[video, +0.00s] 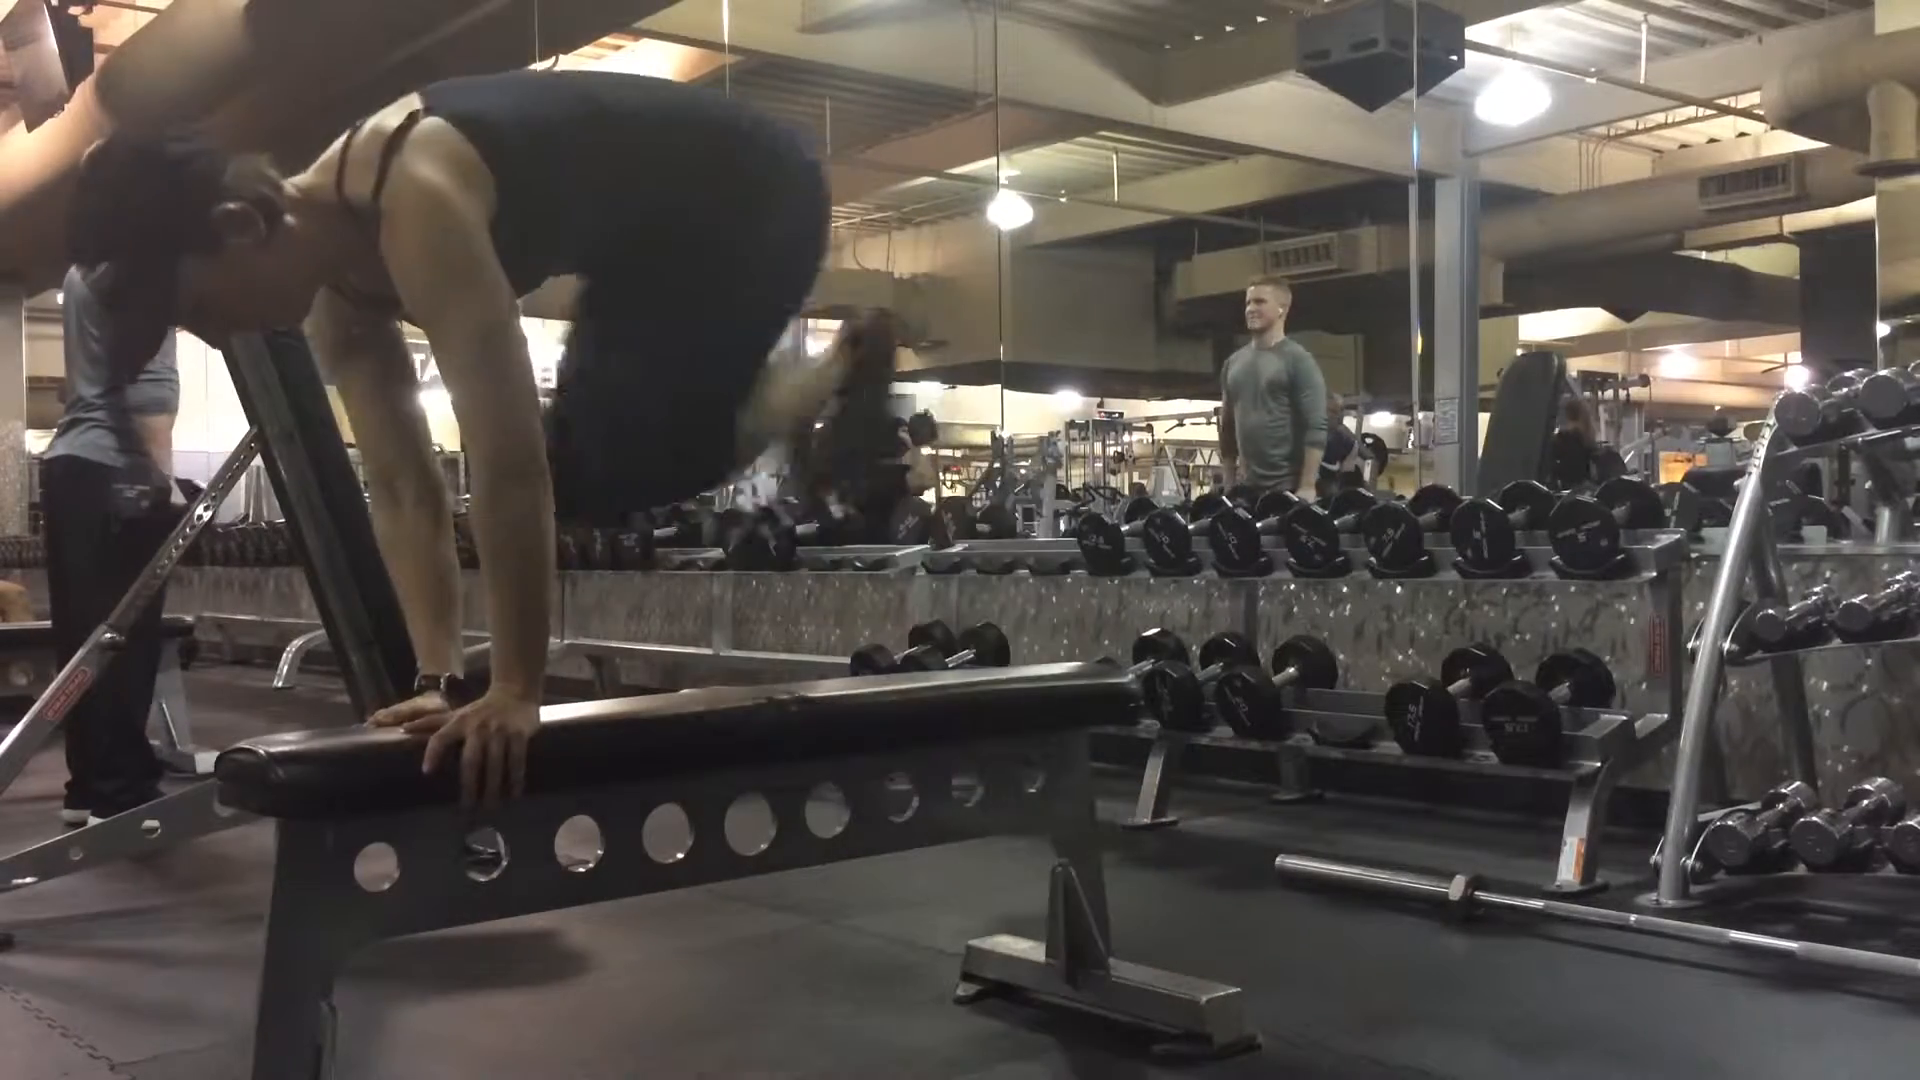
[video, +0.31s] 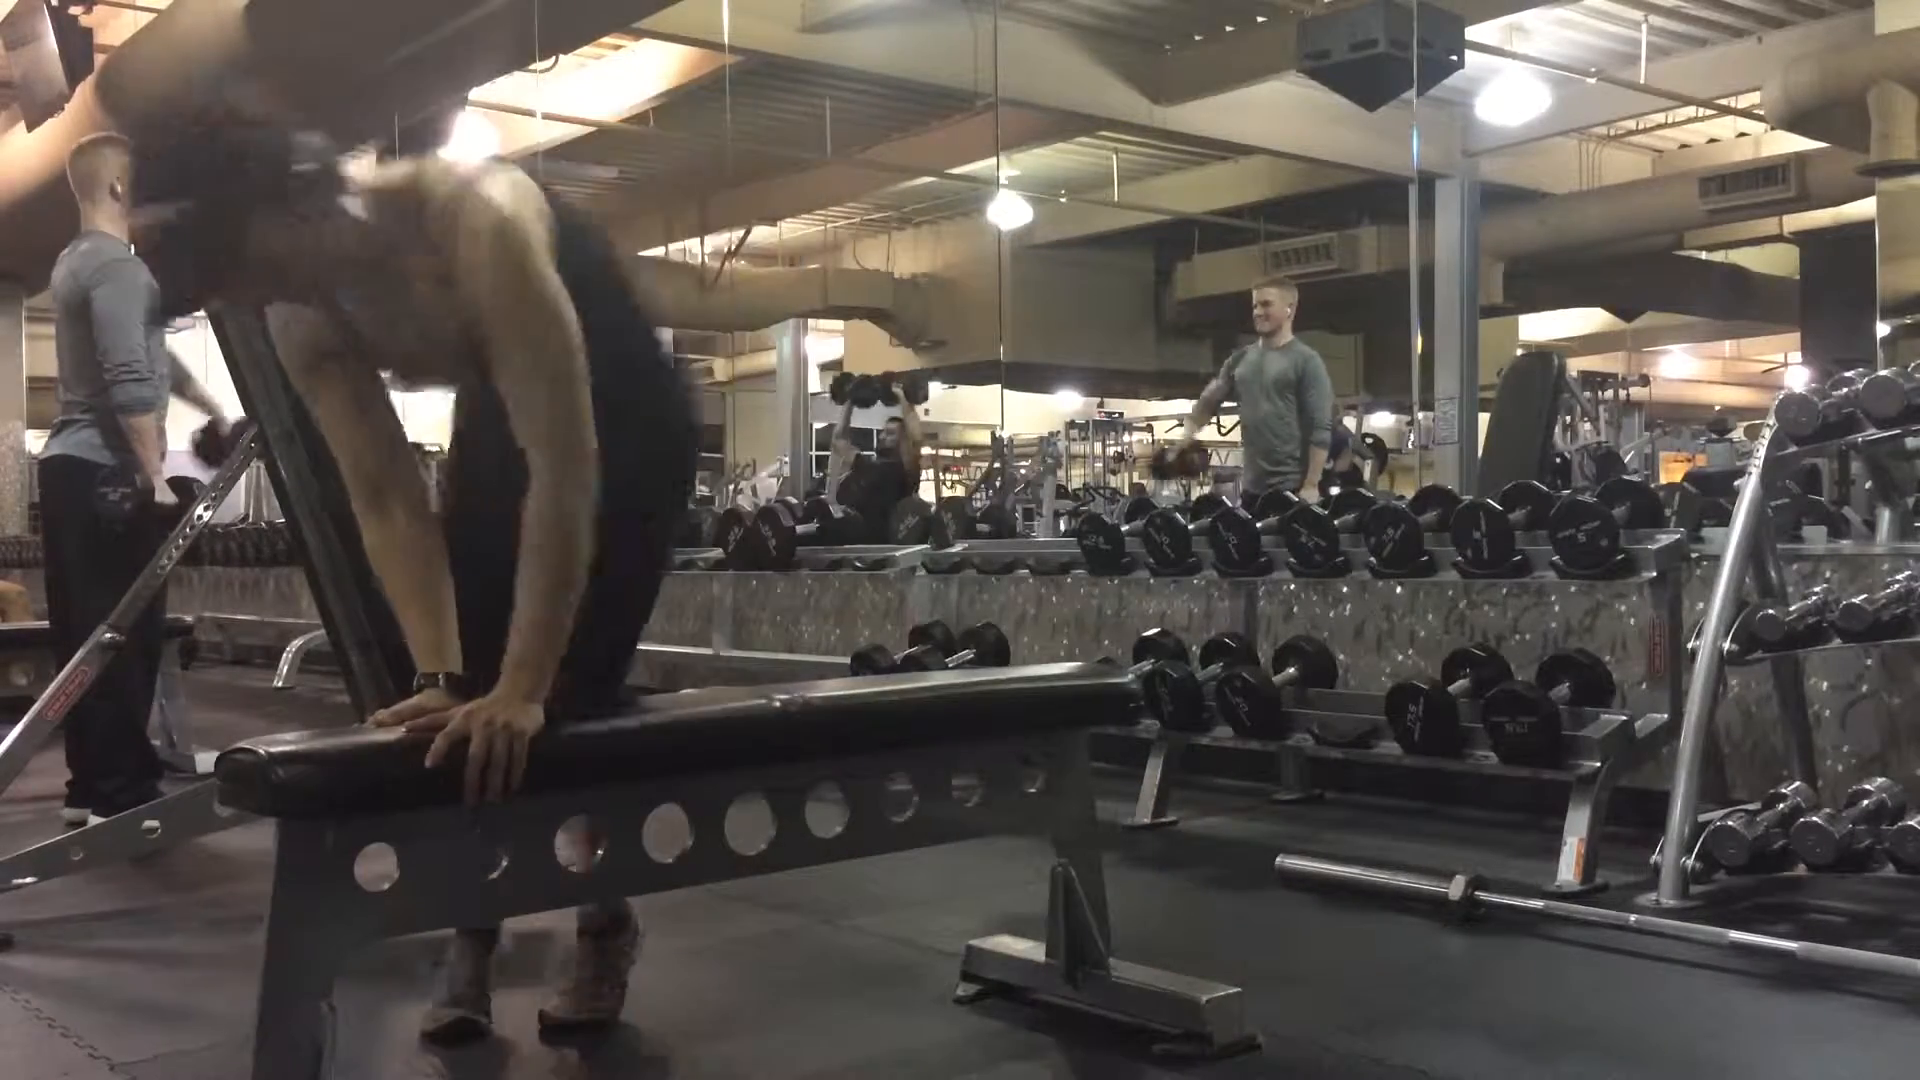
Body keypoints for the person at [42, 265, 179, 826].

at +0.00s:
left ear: (108, 216)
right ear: (148, 223)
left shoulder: (79, 270)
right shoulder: (135, 272)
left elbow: (79, 384)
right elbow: (148, 386)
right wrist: (163, 481)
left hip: (71, 462)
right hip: (116, 468)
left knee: (83, 629)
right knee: (127, 629)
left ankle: (89, 783)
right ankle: (117, 788)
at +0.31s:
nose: (143, 196)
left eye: (137, 184)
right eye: (137, 185)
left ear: (80, 189)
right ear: (120, 186)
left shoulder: (78, 261)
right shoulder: (115, 264)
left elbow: (151, 352)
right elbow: (128, 381)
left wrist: (210, 405)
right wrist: (156, 478)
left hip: (72, 466)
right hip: (107, 470)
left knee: (89, 630)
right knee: (126, 628)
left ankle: (94, 781)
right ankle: (120, 786)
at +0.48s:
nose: (146, 204)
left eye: (146, 191)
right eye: (141, 190)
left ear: (90, 191)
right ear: (111, 188)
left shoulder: (70, 262)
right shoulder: (113, 266)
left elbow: (167, 310)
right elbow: (128, 383)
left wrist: (228, 314)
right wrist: (155, 474)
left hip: (70, 469)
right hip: (107, 471)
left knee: (87, 630)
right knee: (123, 631)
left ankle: (93, 785)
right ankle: (121, 790)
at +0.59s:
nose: (150, 204)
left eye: (149, 192)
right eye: (144, 191)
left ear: (92, 194)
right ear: (115, 189)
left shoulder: (66, 261)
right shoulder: (118, 266)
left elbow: (179, 288)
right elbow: (132, 382)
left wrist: (247, 260)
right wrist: (158, 471)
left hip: (68, 470)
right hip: (109, 471)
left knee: (87, 630)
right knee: (126, 630)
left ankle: (92, 782)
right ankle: (119, 790)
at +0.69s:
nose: (155, 205)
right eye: (147, 190)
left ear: (79, 192)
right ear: (132, 190)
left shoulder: (63, 264)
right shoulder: (123, 266)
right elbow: (137, 382)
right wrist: (162, 474)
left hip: (66, 469)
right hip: (111, 472)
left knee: (80, 630)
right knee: (126, 631)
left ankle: (90, 783)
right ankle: (124, 788)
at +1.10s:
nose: (191, 233)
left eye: (191, 221)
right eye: (186, 219)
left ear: (135, 216)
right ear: (159, 216)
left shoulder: (100, 274)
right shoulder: (131, 283)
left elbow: (177, 348)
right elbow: (144, 398)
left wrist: (239, 389)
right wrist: (167, 495)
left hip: (50, 478)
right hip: (85, 483)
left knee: (85, 640)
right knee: (142, 635)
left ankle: (89, 789)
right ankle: (125, 793)